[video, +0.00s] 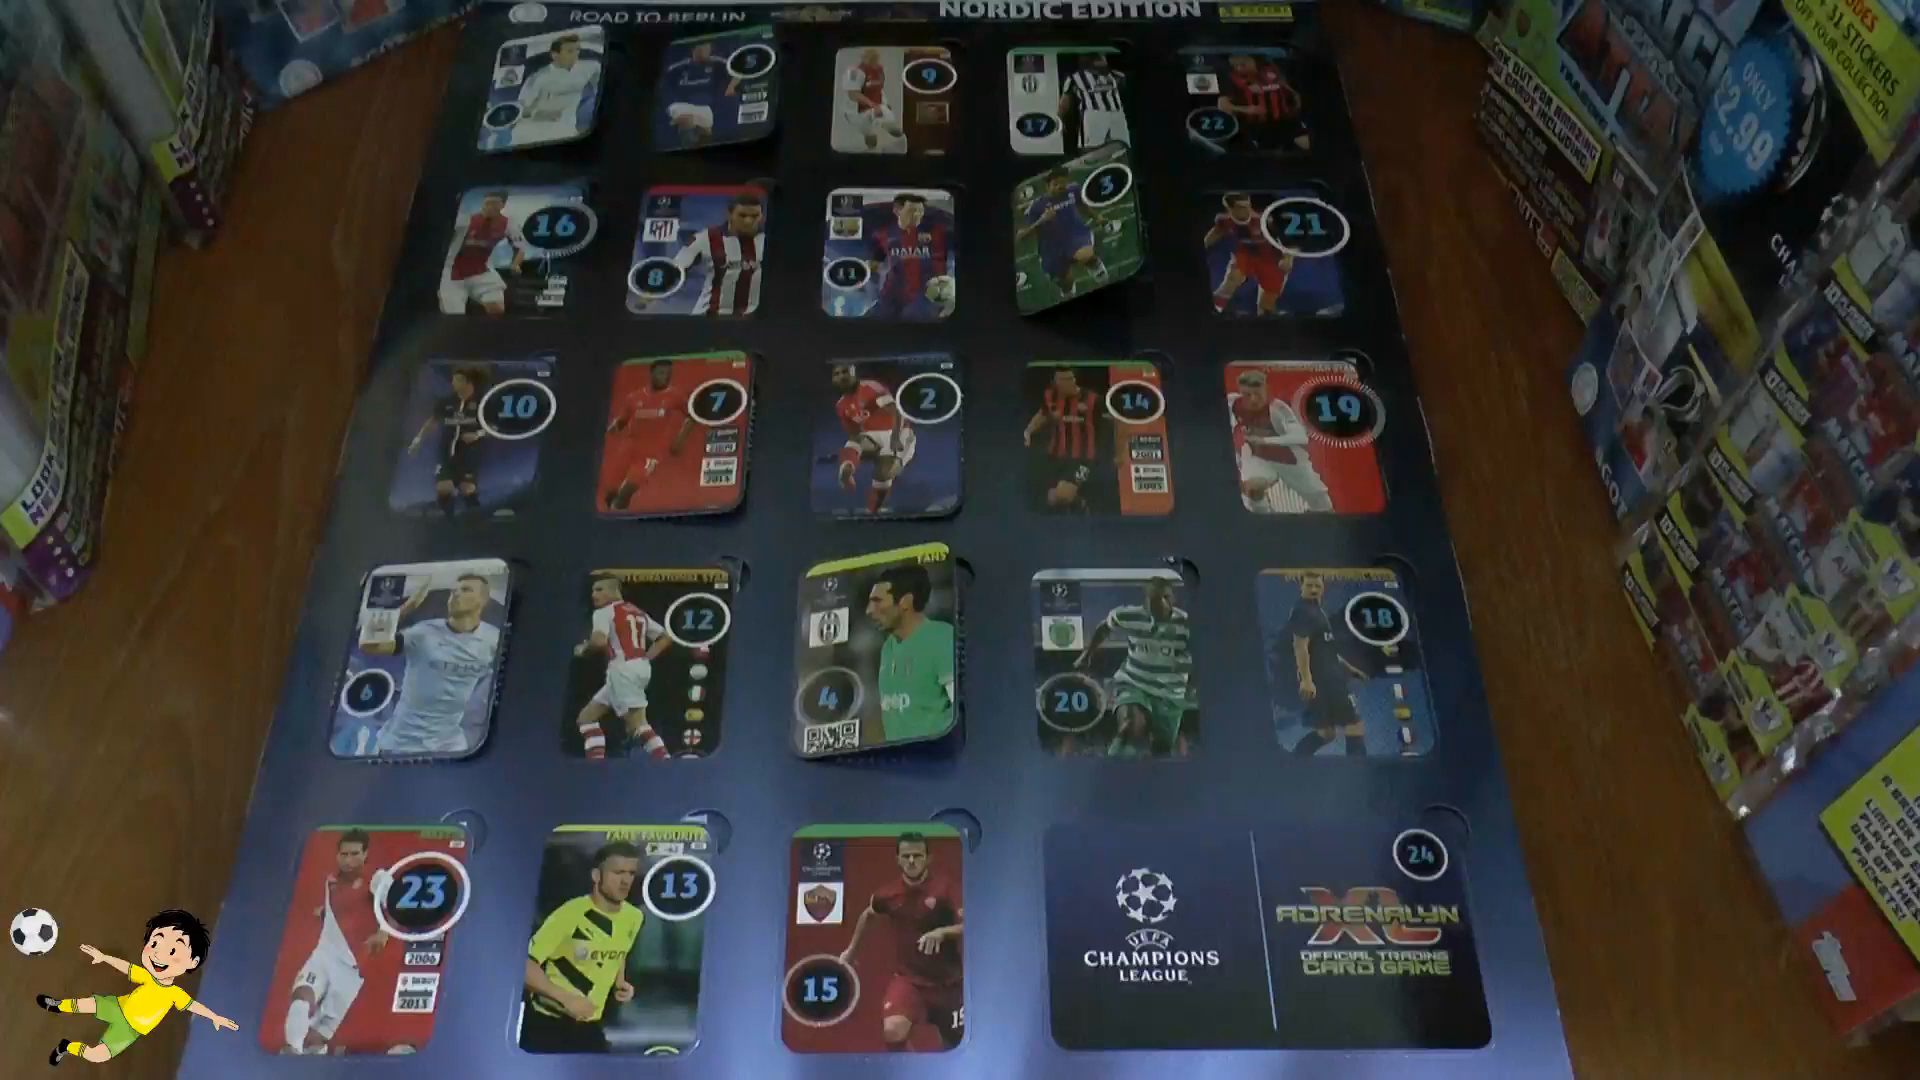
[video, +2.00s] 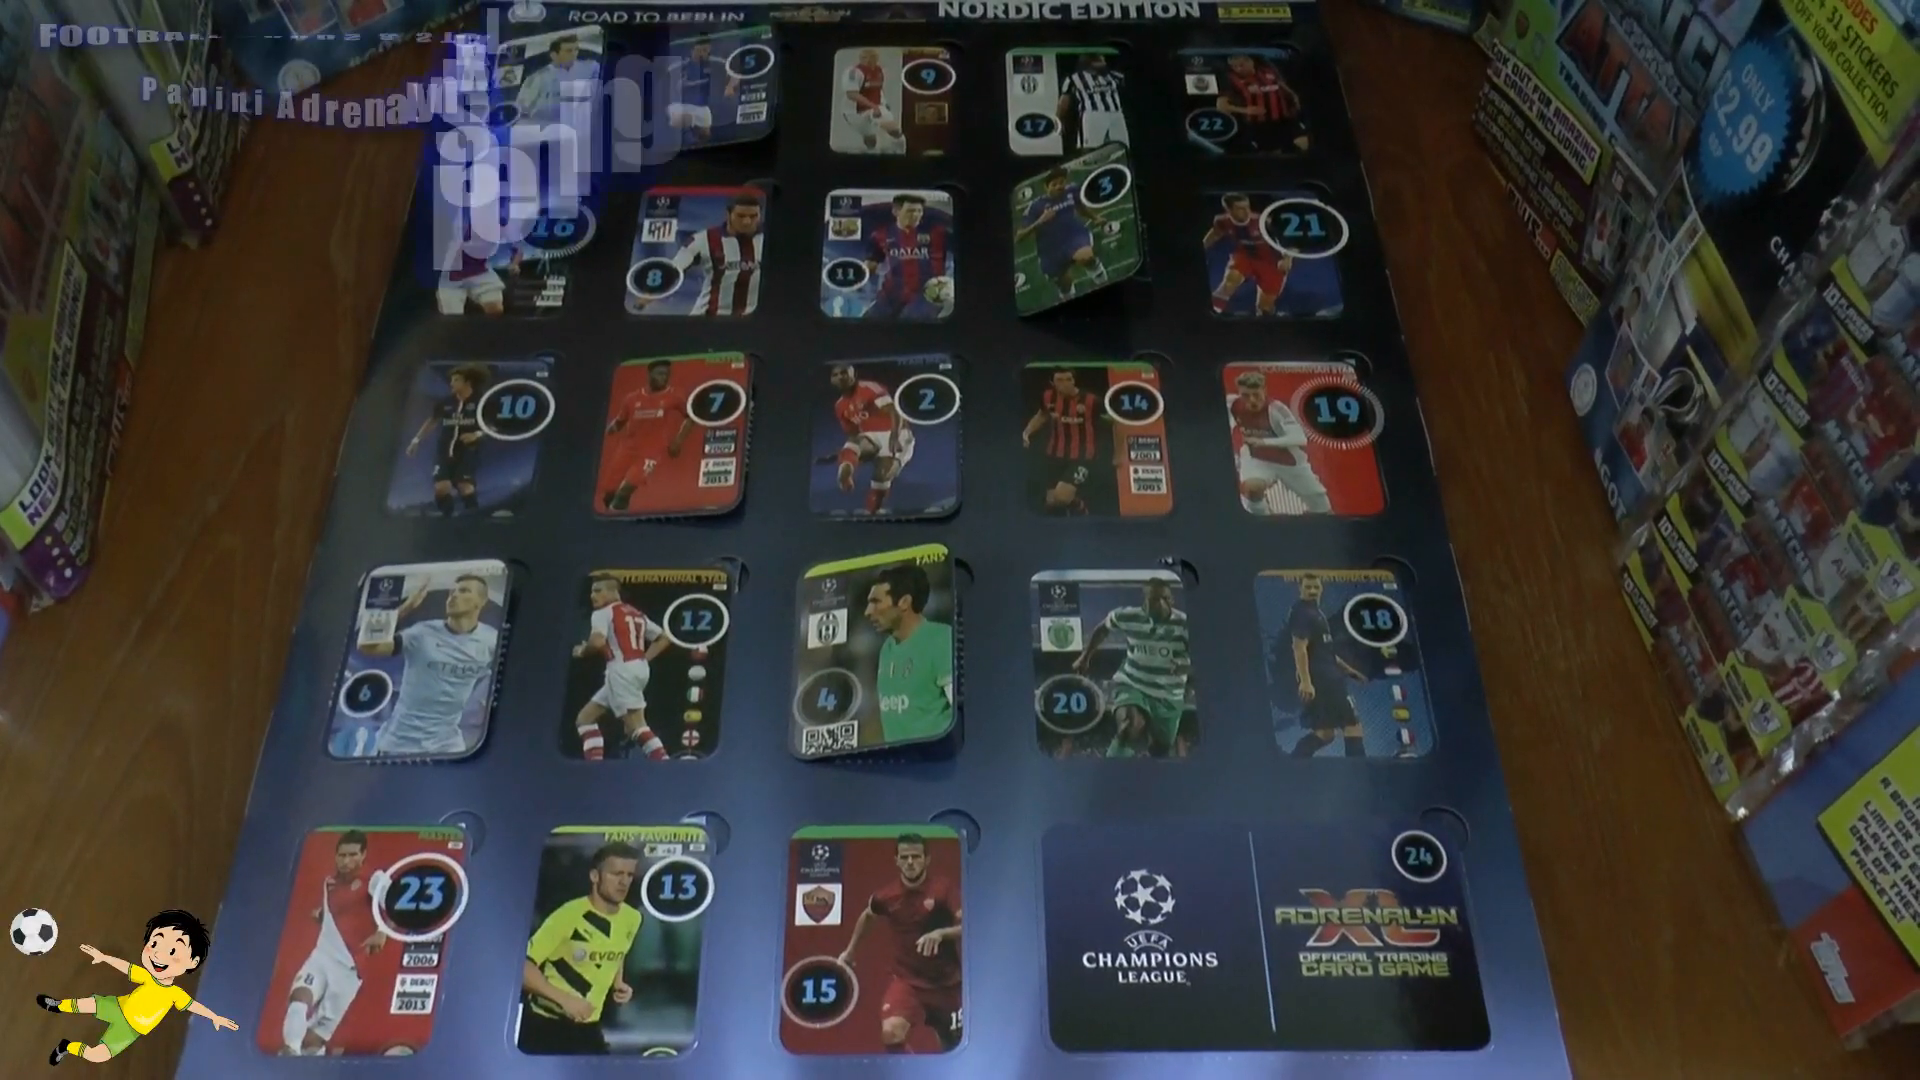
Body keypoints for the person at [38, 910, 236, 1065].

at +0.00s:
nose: (160, 956)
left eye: (172, 952)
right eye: (156, 944)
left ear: (189, 965)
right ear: (146, 946)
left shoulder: (176, 995)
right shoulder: (143, 975)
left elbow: (195, 1007)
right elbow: (124, 967)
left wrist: (215, 1018)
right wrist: (103, 958)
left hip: (131, 1029)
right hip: (119, 1008)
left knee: (99, 1055)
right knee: (88, 1003)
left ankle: (66, 1047)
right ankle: (57, 1006)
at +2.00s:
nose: (159, 956)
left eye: (172, 953)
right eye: (155, 944)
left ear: (188, 965)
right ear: (146, 945)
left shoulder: (176, 995)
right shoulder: (143, 975)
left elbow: (195, 1007)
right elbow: (124, 967)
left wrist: (214, 1017)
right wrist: (103, 958)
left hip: (131, 1030)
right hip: (119, 1008)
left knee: (99, 1055)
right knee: (89, 1003)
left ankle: (66, 1047)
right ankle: (57, 1006)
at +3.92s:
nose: (159, 955)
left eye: (172, 952)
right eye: (155, 944)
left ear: (187, 967)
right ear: (145, 946)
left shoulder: (176, 995)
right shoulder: (144, 976)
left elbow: (195, 1007)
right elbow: (124, 966)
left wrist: (215, 1017)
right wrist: (103, 958)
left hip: (131, 1030)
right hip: (119, 1008)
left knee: (99, 1055)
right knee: (89, 1003)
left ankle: (66, 1047)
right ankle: (57, 1006)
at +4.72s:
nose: (159, 955)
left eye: (172, 952)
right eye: (155, 944)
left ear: (187, 966)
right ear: (145, 945)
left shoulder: (176, 995)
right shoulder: (144, 976)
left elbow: (195, 1007)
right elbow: (124, 966)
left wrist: (215, 1017)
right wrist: (103, 958)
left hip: (131, 1030)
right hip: (119, 1008)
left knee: (99, 1055)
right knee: (88, 1003)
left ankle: (66, 1047)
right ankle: (57, 1006)